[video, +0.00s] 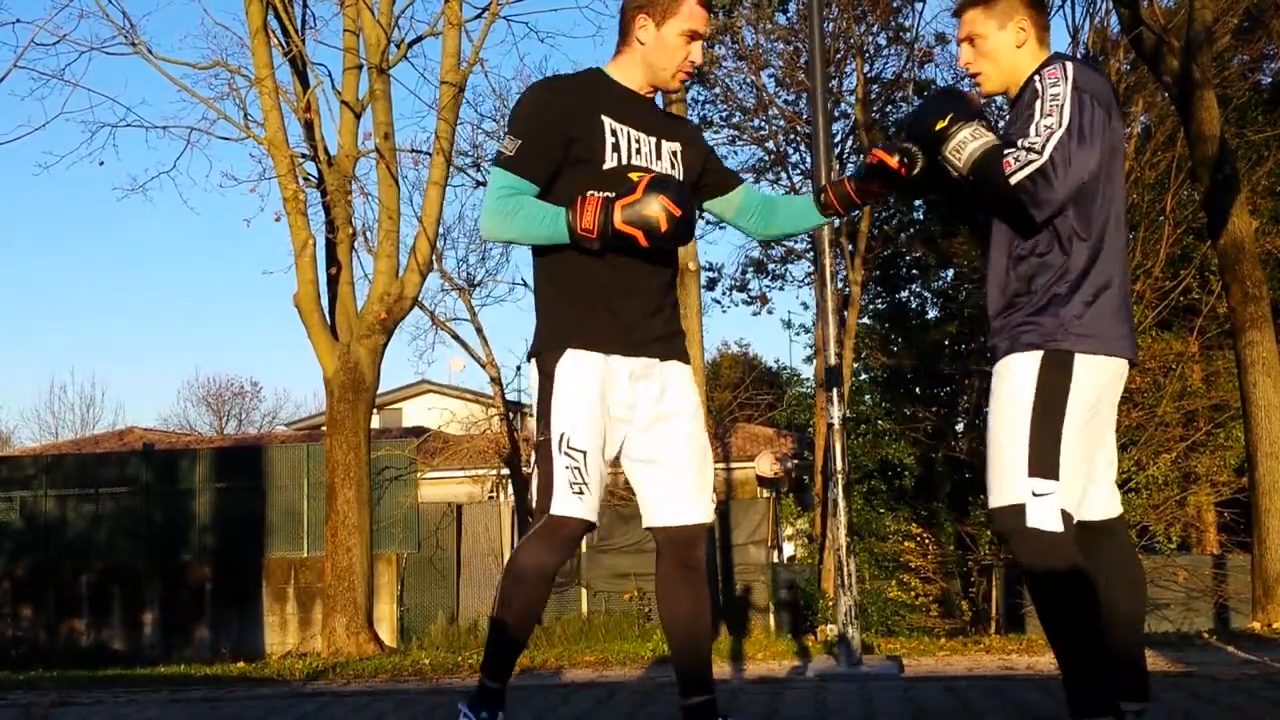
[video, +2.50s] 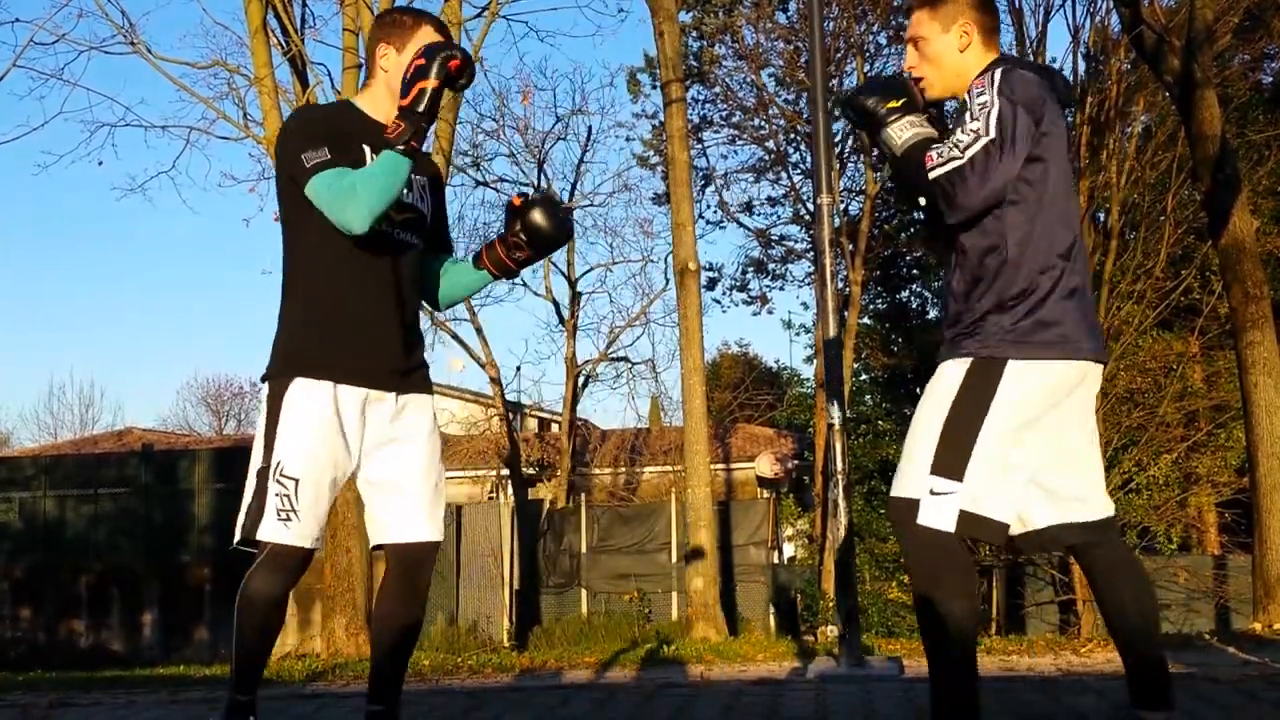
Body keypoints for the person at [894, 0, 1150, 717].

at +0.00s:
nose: (962, 60)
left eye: (970, 41)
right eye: (960, 45)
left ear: (1021, 32)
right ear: (1019, 37)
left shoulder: (1065, 83)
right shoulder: (1040, 101)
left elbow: (1033, 192)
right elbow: (993, 201)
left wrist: (962, 133)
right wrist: (930, 158)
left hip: (1054, 332)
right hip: (1083, 331)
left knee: (1026, 514)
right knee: (1092, 511)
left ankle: (1095, 705)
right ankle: (1128, 698)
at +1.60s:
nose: (961, 58)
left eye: (971, 40)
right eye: (960, 44)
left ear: (1022, 33)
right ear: (1034, 38)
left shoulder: (1031, 91)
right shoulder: (1098, 106)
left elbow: (947, 159)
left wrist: (884, 112)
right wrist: (899, 119)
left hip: (1039, 335)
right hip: (1116, 331)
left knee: (1002, 522)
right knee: (1124, 508)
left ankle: (1013, 710)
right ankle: (1198, 686)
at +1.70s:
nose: (934, 50)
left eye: (940, 37)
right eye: (935, 39)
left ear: (979, 30)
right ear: (1015, 32)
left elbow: (839, 100)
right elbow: (1100, 219)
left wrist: (722, 86)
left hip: (1032, 322)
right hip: (1120, 324)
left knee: (1001, 521)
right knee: (1115, 504)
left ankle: (1009, 709)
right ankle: (1191, 677)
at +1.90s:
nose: (902, 54)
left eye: (909, 35)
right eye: (901, 38)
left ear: (954, 25)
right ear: (978, 26)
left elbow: (851, 146)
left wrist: (774, 107)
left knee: (982, 533)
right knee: (1126, 517)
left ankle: (1009, 716)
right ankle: (1183, 697)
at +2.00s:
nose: (895, 61)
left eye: (904, 43)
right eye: (894, 45)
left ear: (953, 35)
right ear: (958, 34)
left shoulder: (977, 88)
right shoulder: (1045, 98)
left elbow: (928, 190)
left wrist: (847, 139)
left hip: (1011, 340)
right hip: (1085, 333)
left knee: (970, 535)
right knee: (1110, 518)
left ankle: (1012, 717)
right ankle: (1183, 692)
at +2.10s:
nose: (894, 65)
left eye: (901, 45)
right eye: (892, 49)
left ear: (951, 36)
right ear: (955, 37)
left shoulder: (994, 90)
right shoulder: (1018, 93)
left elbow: (959, 208)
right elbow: (960, 224)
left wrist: (890, 147)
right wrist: (890, 158)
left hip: (1019, 342)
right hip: (1076, 339)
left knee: (971, 536)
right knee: (1099, 518)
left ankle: (1012, 718)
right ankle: (1182, 693)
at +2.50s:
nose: (907, 61)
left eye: (918, 43)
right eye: (907, 44)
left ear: (967, 38)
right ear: (967, 37)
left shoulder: (1002, 85)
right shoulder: (1027, 93)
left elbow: (962, 191)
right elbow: (955, 216)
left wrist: (913, 138)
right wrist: (906, 144)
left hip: (1008, 340)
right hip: (1059, 339)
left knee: (922, 514)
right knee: (1088, 524)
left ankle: (954, 714)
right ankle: (1155, 702)